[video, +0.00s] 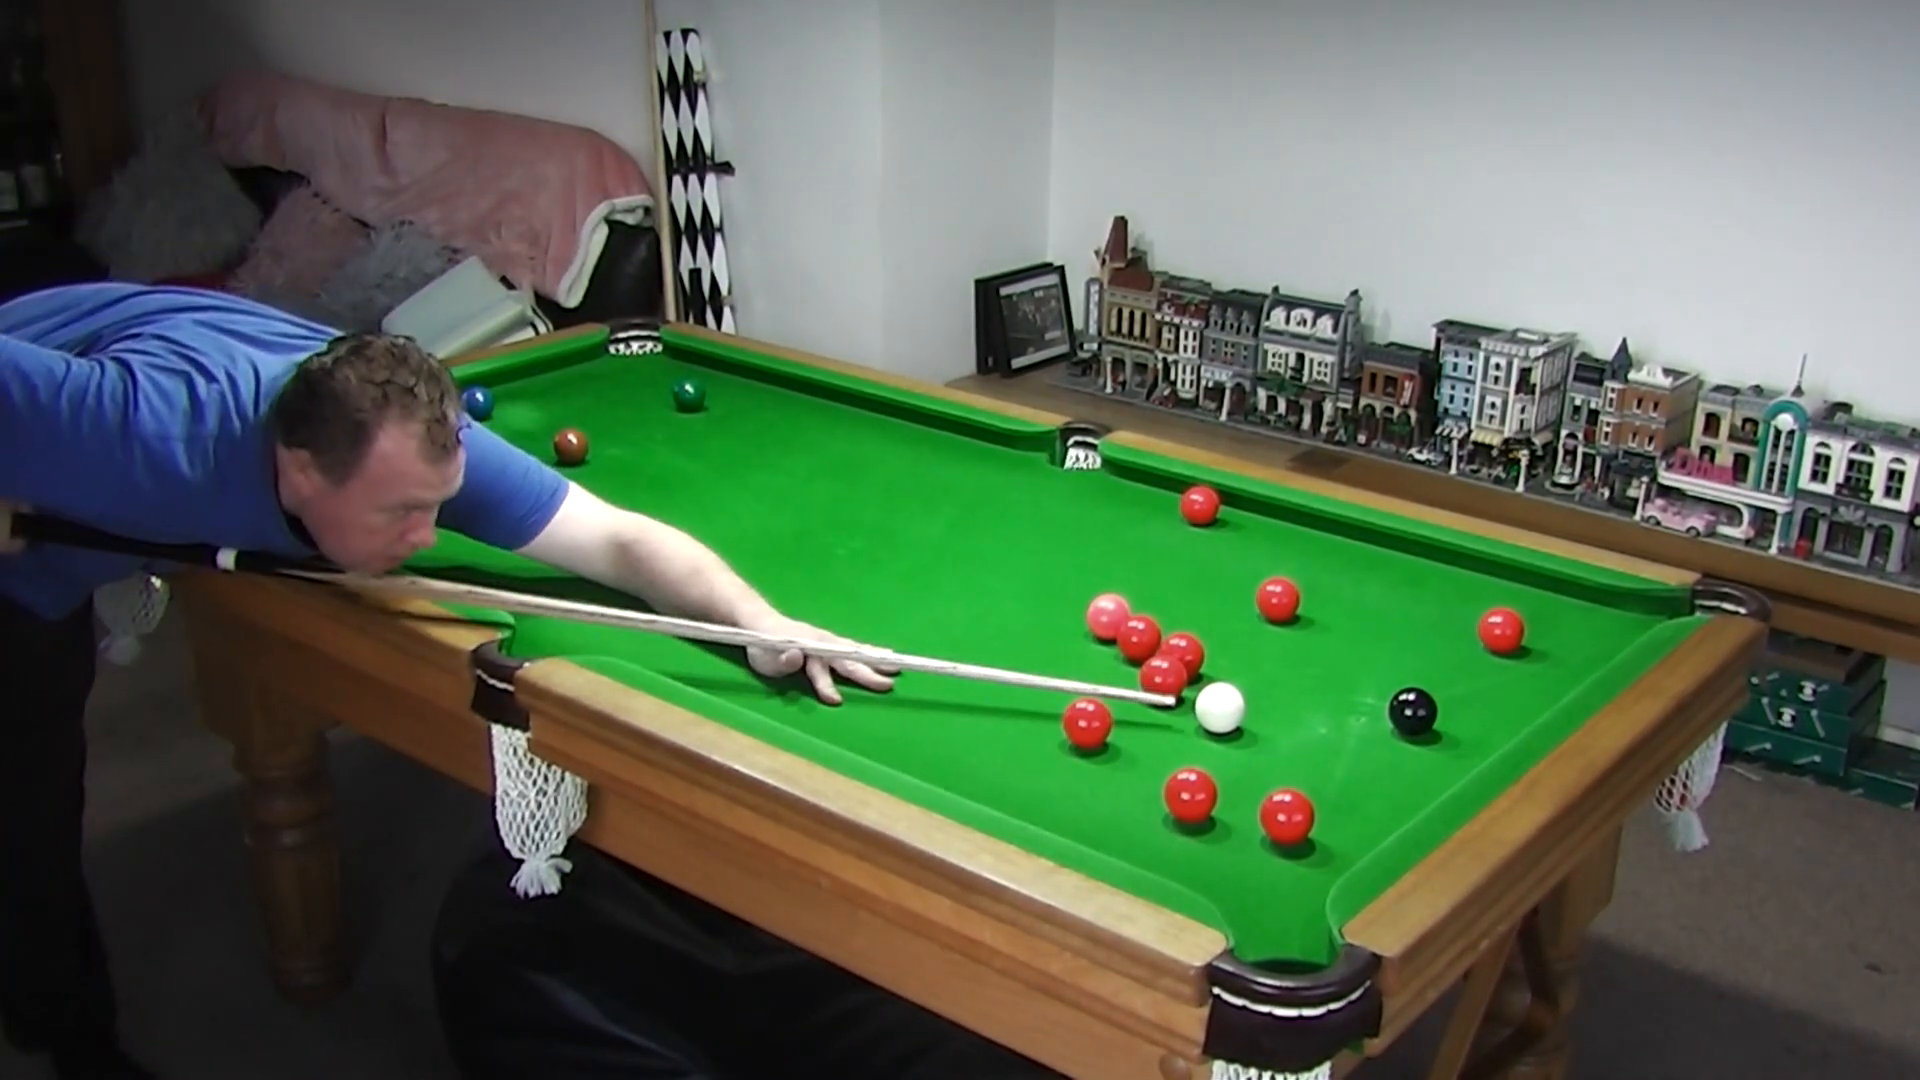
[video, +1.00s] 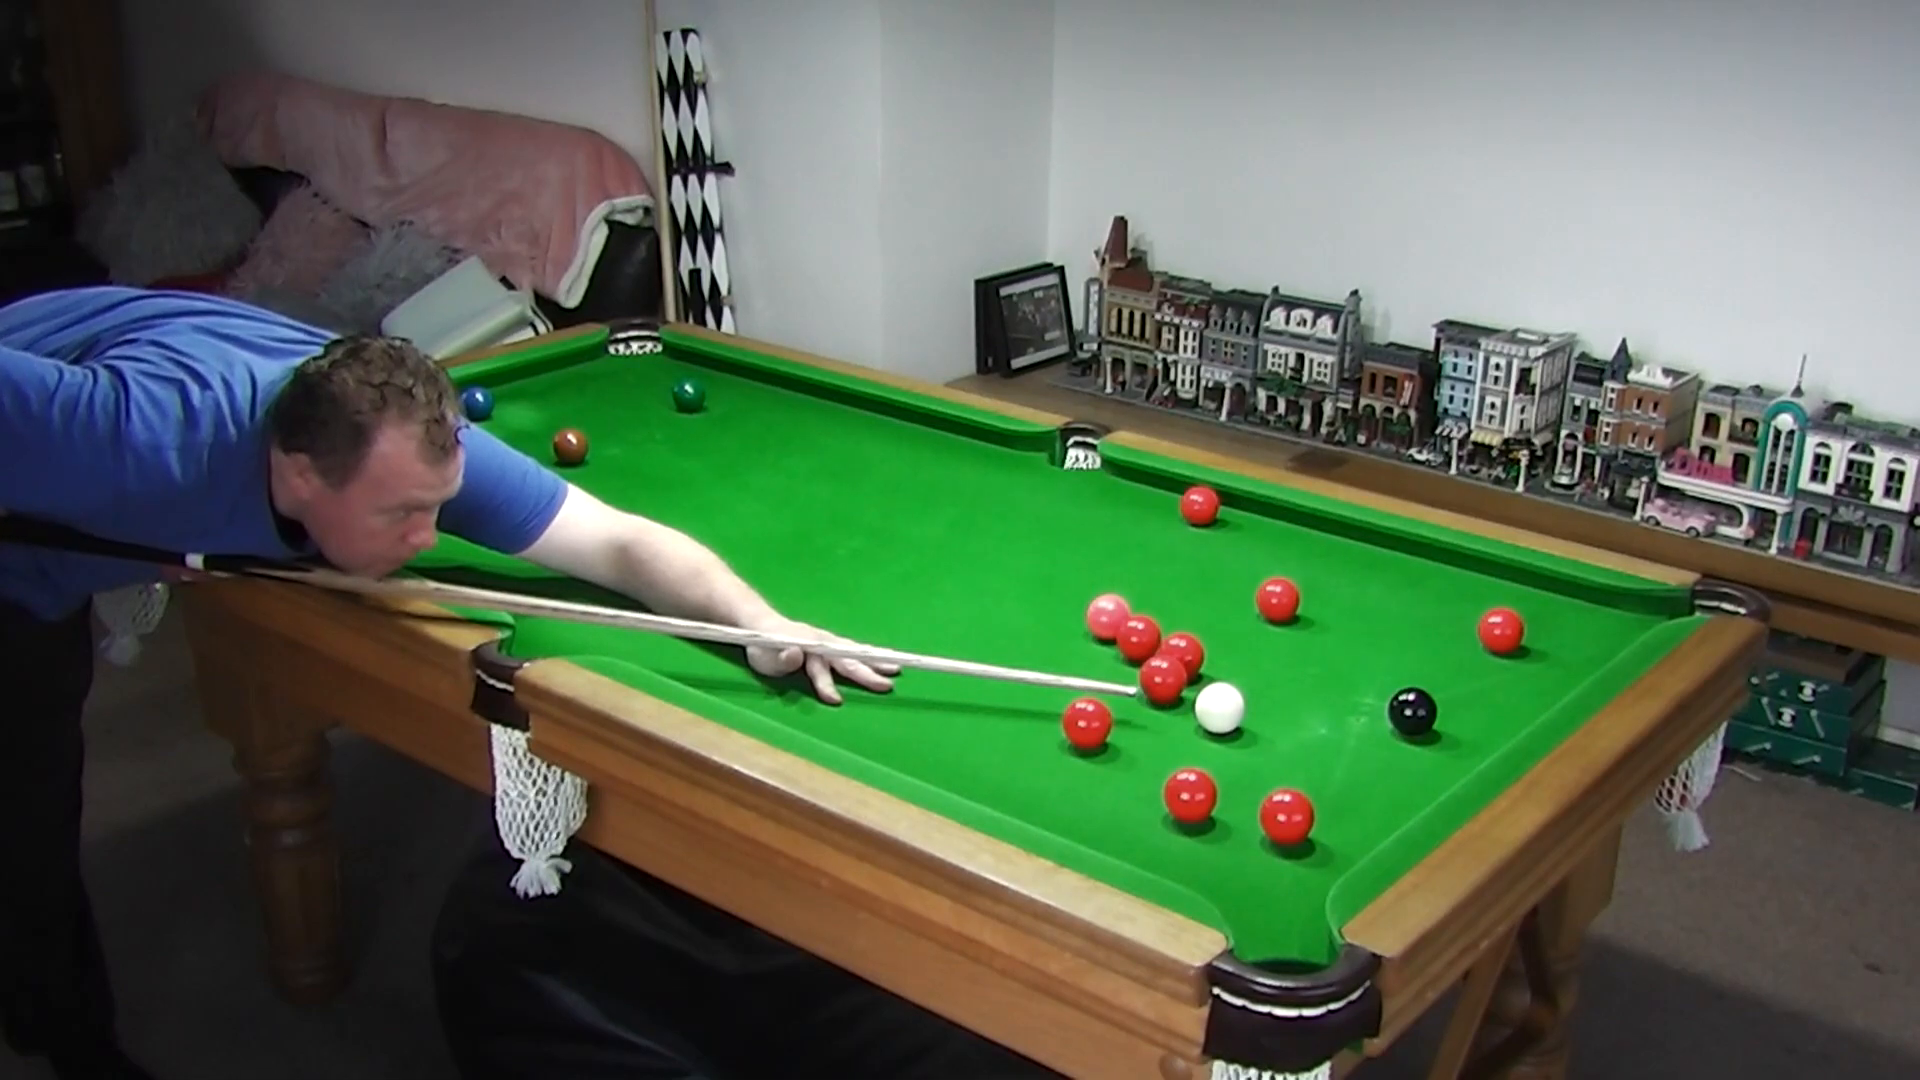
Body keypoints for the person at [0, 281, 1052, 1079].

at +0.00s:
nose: (427, 535)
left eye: (439, 506)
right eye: (400, 515)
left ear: (438, 447)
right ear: (298, 478)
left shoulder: (420, 436)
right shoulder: (147, 441)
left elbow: (616, 542)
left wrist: (765, 624)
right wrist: (18, 518)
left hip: (58, 534)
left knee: (40, 821)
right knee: (25, 825)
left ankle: (76, 1032)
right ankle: (60, 1030)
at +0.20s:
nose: (426, 536)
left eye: (439, 508)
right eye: (400, 516)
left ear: (437, 452)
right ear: (298, 480)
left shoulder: (418, 439)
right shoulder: (150, 442)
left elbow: (617, 544)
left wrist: (763, 623)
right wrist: (18, 522)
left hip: (57, 536)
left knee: (39, 820)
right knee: (25, 824)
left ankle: (73, 1031)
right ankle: (56, 1029)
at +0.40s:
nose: (429, 541)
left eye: (442, 511)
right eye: (402, 519)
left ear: (442, 452)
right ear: (302, 479)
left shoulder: (416, 437)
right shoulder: (151, 441)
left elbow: (618, 544)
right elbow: (0, 376)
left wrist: (762, 622)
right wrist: (18, 524)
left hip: (57, 542)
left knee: (39, 825)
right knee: (24, 830)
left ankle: (76, 1035)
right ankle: (55, 1031)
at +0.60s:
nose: (428, 538)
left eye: (441, 508)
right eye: (403, 515)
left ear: (439, 451)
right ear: (301, 480)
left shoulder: (412, 435)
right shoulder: (150, 443)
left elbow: (616, 543)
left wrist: (763, 622)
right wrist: (16, 522)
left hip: (60, 541)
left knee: (40, 820)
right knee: (26, 824)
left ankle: (75, 1035)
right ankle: (57, 1032)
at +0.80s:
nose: (428, 532)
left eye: (438, 503)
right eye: (401, 513)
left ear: (434, 447)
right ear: (299, 483)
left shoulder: (417, 436)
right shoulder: (147, 444)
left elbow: (614, 543)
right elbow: (1, 377)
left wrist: (763, 622)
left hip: (54, 534)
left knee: (39, 819)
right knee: (25, 823)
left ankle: (74, 1035)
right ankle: (57, 1031)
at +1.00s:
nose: (428, 534)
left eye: (439, 505)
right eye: (401, 516)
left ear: (437, 447)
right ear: (298, 485)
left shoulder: (419, 437)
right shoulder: (149, 450)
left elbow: (615, 544)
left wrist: (764, 623)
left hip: (50, 531)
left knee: (38, 817)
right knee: (25, 821)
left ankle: (75, 1036)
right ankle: (59, 1032)